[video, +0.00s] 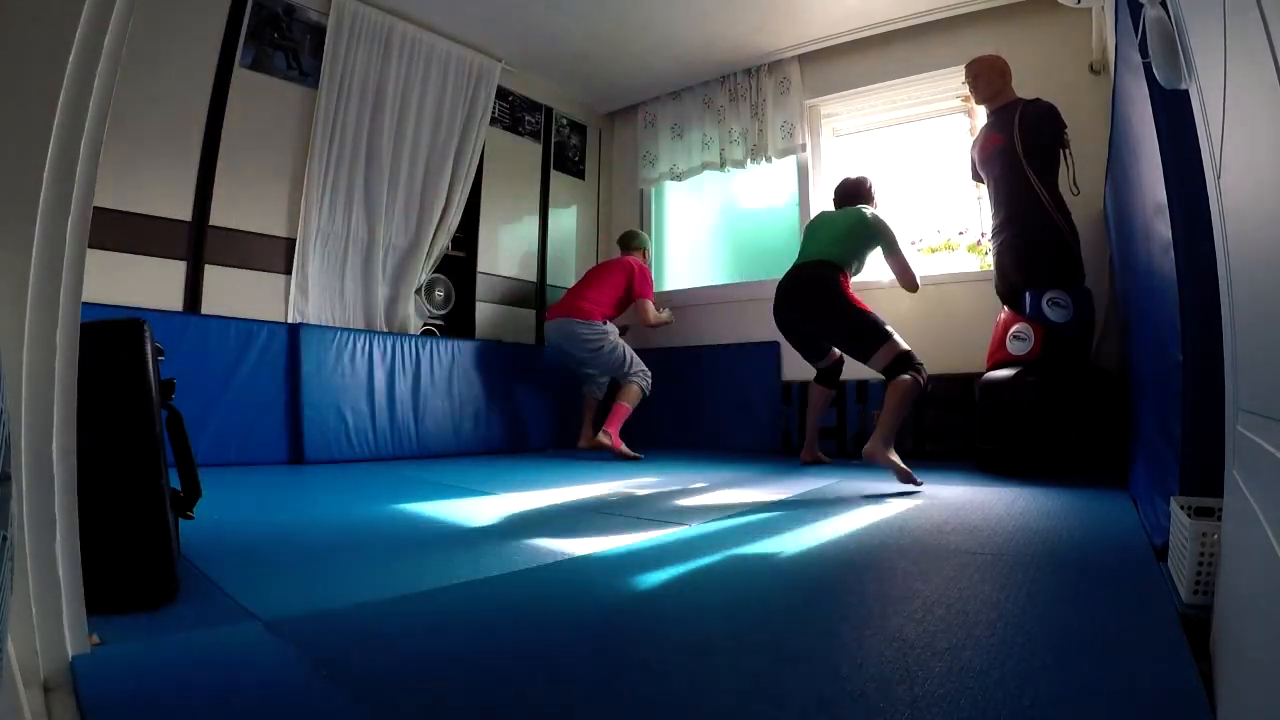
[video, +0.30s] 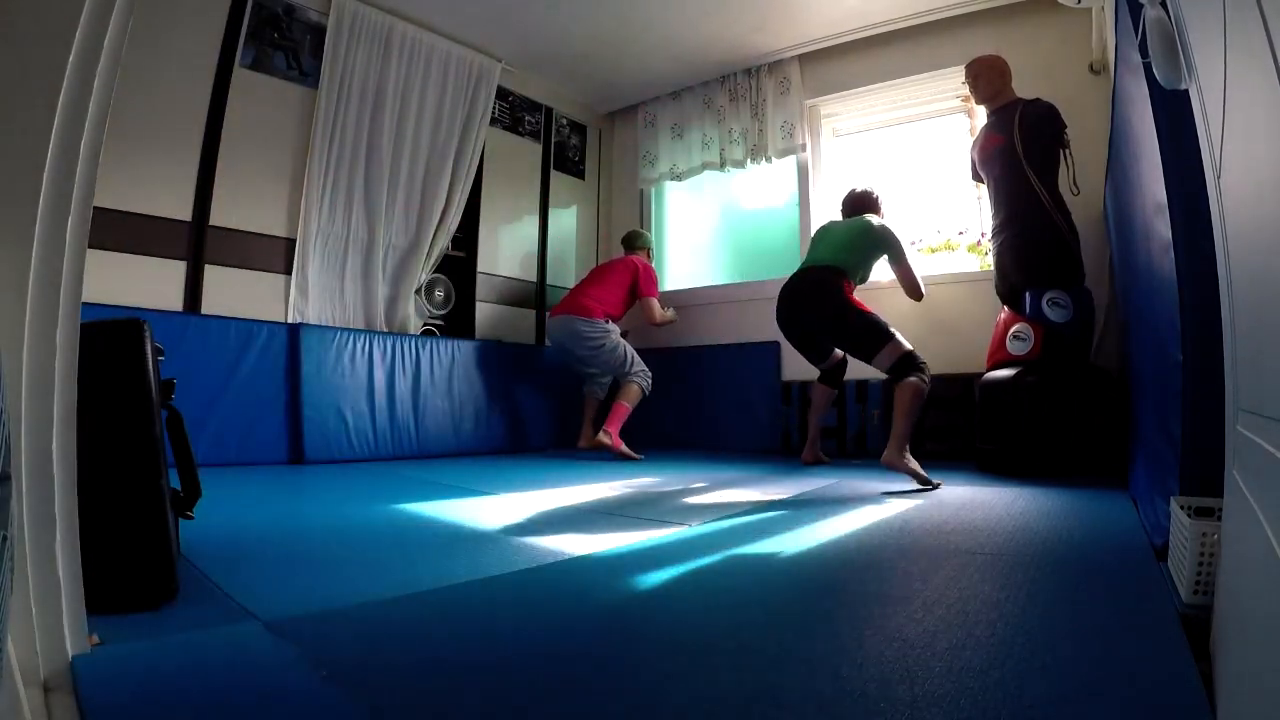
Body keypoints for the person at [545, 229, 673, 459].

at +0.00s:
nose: (649, 258)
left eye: (648, 254)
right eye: (649, 253)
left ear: (621, 251)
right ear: (644, 252)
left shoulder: (604, 266)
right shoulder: (638, 267)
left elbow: (583, 304)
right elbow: (649, 318)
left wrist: (611, 328)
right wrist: (664, 317)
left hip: (553, 324)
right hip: (586, 325)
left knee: (597, 375)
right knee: (639, 375)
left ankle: (586, 435)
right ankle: (610, 432)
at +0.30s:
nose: (652, 258)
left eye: (651, 255)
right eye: (651, 254)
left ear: (625, 251)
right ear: (648, 252)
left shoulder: (608, 266)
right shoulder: (642, 266)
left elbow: (589, 301)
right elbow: (654, 317)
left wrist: (611, 330)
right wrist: (669, 316)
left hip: (557, 321)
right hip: (588, 323)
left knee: (599, 374)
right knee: (639, 375)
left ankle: (587, 435)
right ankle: (610, 432)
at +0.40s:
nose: (651, 256)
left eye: (651, 252)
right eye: (651, 252)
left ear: (625, 249)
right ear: (647, 250)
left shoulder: (609, 264)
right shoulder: (641, 265)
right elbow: (653, 316)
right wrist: (668, 316)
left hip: (556, 319)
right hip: (587, 321)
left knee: (599, 374)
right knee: (638, 372)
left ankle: (587, 435)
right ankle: (610, 431)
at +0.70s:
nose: (645, 240)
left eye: (645, 238)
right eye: (645, 237)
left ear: (616, 234)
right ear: (641, 235)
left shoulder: (597, 248)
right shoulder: (638, 249)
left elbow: (577, 278)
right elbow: (651, 300)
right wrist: (668, 304)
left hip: (547, 303)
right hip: (583, 304)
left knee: (584, 364)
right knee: (627, 368)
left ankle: (584, 431)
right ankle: (607, 439)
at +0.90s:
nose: (632, 238)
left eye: (632, 235)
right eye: (632, 234)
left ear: (602, 231)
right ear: (627, 232)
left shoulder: (587, 244)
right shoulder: (622, 245)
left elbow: (562, 278)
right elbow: (637, 297)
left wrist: (588, 306)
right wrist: (657, 298)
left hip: (526, 299)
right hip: (561, 298)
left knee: (568, 362)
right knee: (613, 357)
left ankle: (552, 437)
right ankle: (587, 424)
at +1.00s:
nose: (623, 234)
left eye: (623, 231)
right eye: (623, 231)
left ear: (593, 227)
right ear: (618, 229)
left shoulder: (572, 242)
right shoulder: (615, 243)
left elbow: (546, 269)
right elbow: (629, 297)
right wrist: (649, 297)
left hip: (517, 297)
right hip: (551, 297)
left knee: (560, 367)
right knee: (597, 366)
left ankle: (552, 434)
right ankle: (564, 431)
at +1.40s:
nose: (587, 226)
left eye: (586, 221)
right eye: (587, 221)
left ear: (556, 217)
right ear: (581, 218)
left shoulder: (537, 231)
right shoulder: (573, 231)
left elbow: (495, 274)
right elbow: (583, 290)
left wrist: (531, 302)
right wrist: (610, 290)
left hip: (458, 286)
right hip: (490, 288)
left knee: (503, 368)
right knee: (539, 362)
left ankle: (498, 440)